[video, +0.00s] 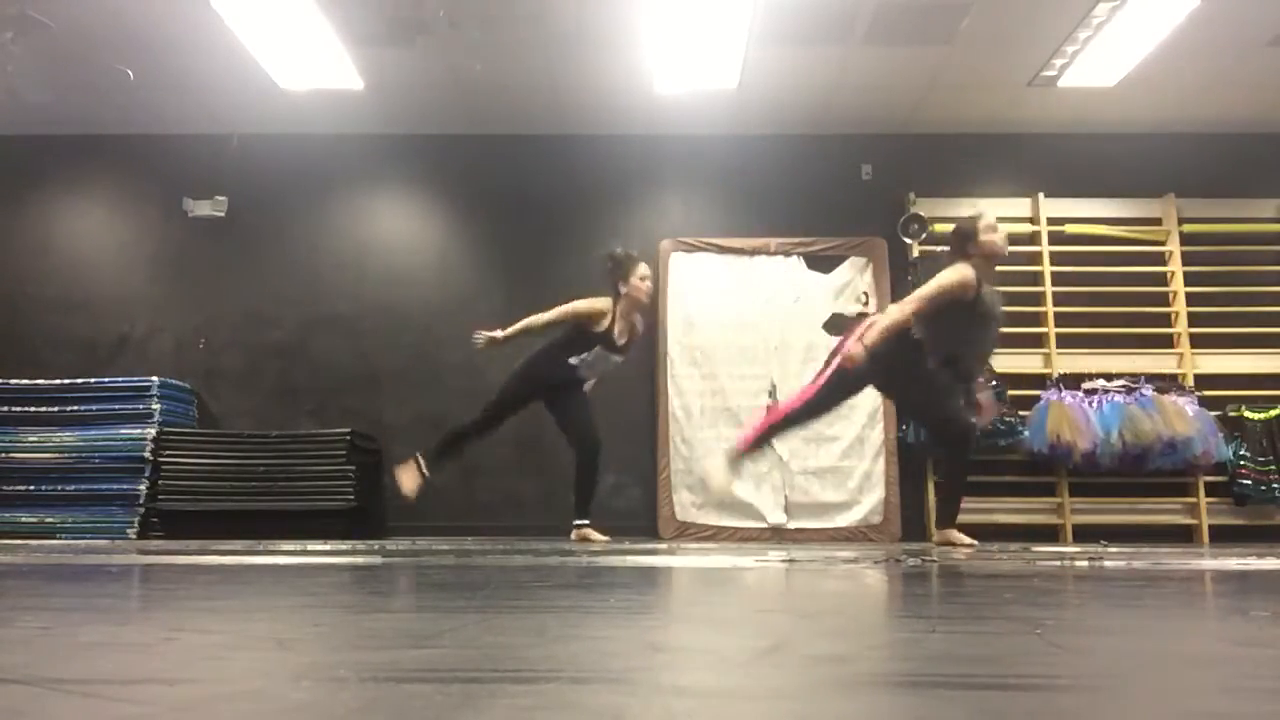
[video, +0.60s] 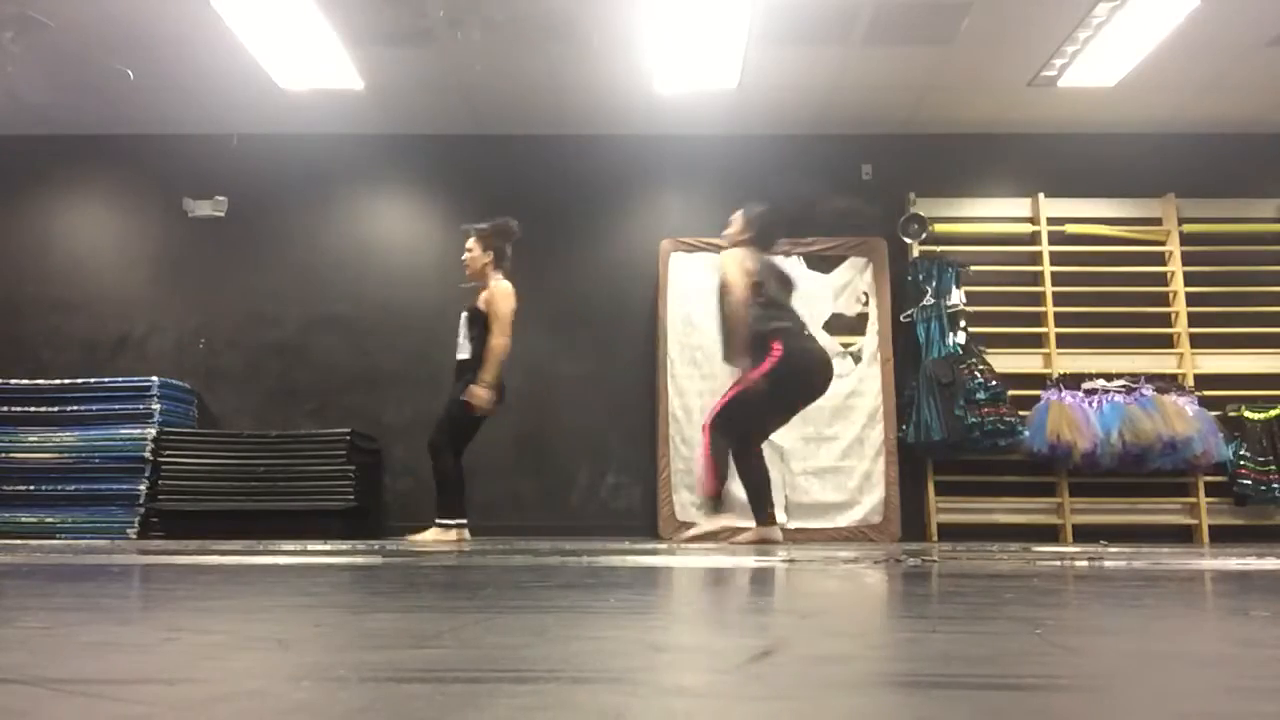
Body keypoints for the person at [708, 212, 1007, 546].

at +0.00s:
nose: (1003, 236)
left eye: (999, 230)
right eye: (994, 231)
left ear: (987, 245)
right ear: (973, 244)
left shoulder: (984, 289)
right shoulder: (962, 277)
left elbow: (970, 349)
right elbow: (907, 308)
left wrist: (978, 389)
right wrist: (865, 342)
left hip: (914, 366)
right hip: (882, 349)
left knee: (957, 431)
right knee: (819, 400)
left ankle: (946, 527)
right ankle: (742, 448)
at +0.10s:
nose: (979, 242)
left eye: (976, 237)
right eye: (968, 237)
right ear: (946, 247)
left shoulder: (948, 287)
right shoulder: (932, 272)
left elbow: (929, 347)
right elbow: (885, 307)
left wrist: (937, 390)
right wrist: (855, 356)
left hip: (892, 372)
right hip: (860, 355)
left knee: (948, 433)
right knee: (808, 431)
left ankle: (945, 529)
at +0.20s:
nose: (935, 237)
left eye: (936, 231)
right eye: (927, 229)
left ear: (931, 241)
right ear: (903, 230)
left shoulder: (907, 286)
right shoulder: (874, 253)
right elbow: (827, 290)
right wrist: (819, 345)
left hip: (871, 365)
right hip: (830, 353)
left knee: (924, 433)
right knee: (784, 439)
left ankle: (941, 528)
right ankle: (766, 526)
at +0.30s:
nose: (871, 222)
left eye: (879, 217)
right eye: (863, 215)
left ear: (888, 230)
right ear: (848, 221)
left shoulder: (882, 284)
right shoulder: (820, 249)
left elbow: (883, 348)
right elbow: (779, 289)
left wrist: (886, 404)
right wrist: (780, 336)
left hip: (846, 358)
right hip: (799, 353)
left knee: (876, 437)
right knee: (755, 435)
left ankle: (934, 513)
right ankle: (765, 528)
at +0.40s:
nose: (797, 216)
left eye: (805, 210)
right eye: (799, 210)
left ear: (828, 215)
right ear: (812, 216)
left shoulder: (838, 259)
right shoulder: (793, 258)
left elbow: (850, 323)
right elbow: (773, 312)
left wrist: (847, 377)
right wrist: (751, 350)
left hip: (813, 352)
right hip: (784, 353)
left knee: (799, 434)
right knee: (746, 434)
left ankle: (878, 491)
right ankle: (764, 527)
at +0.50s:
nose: (758, 219)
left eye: (765, 213)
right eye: (760, 213)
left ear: (783, 216)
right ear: (778, 217)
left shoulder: (783, 248)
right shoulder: (772, 253)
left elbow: (798, 305)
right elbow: (772, 327)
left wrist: (803, 354)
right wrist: (747, 370)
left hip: (795, 358)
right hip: (783, 358)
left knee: (737, 425)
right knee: (744, 431)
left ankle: (802, 495)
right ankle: (763, 525)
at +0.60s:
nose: (725, 231)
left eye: (732, 225)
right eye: (729, 224)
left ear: (748, 231)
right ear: (760, 236)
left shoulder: (735, 256)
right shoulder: (773, 268)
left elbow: (739, 301)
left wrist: (738, 355)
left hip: (785, 353)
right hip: (818, 363)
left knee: (718, 423)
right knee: (747, 438)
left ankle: (713, 513)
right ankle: (767, 525)